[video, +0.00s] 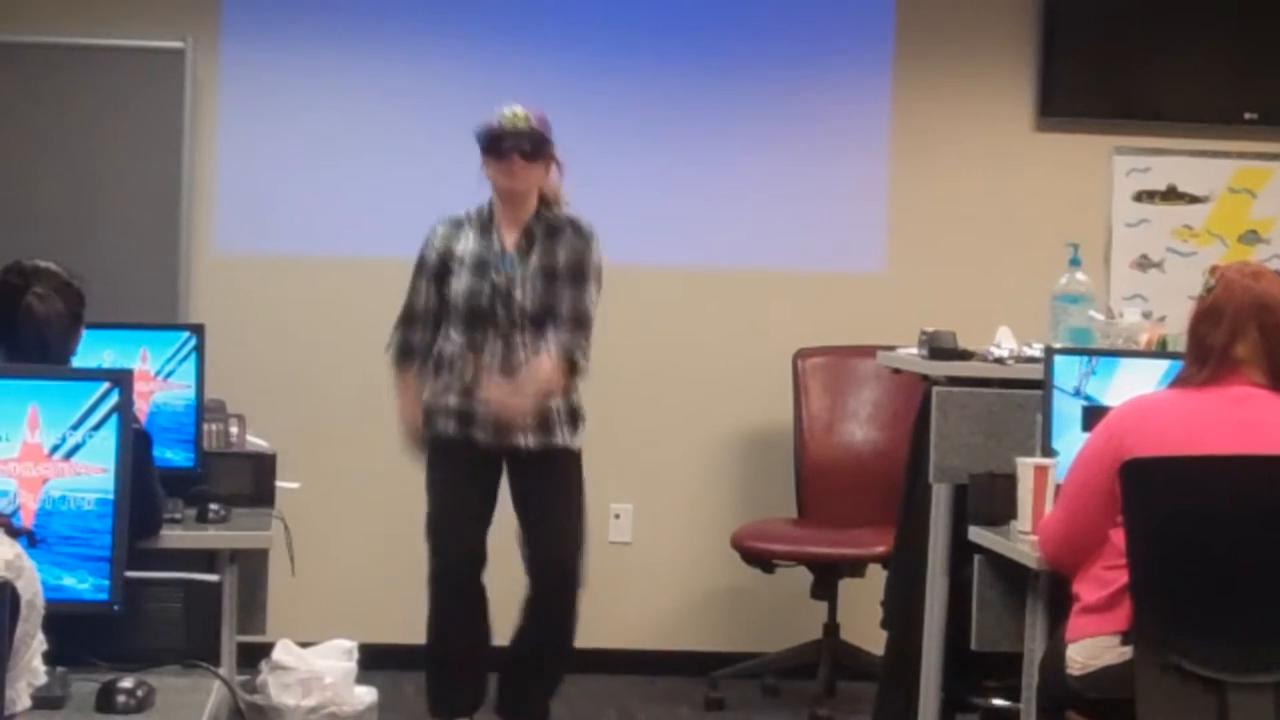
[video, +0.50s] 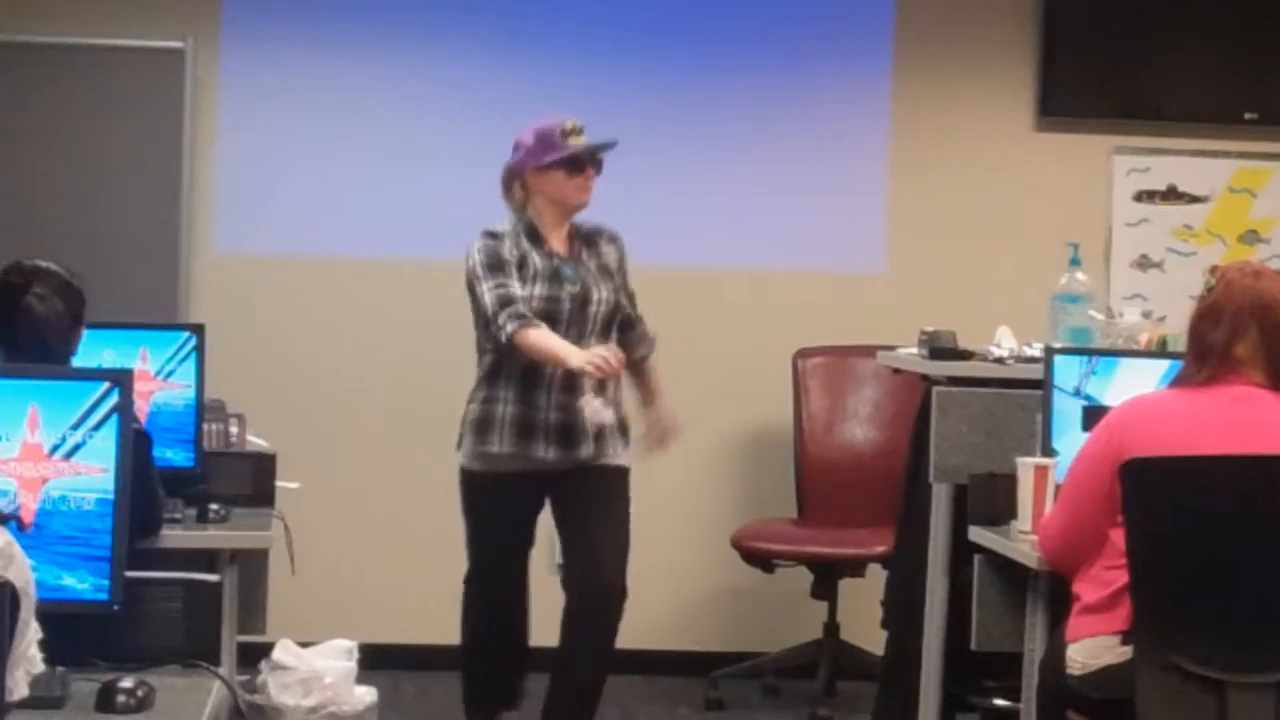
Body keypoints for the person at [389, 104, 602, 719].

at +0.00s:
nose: (511, 165)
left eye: (526, 155)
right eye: (499, 153)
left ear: (548, 166)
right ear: (483, 162)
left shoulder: (572, 240)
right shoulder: (449, 236)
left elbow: (572, 335)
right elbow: (414, 329)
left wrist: (526, 389)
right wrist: (411, 402)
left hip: (543, 430)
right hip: (457, 426)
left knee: (557, 572)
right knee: (453, 568)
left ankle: (524, 706)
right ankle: (454, 703)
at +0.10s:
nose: (536, 177)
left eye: (547, 168)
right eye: (521, 167)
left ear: (558, 180)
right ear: (492, 178)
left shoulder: (576, 257)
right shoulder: (450, 249)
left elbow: (594, 366)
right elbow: (407, 349)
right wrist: (400, 440)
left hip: (549, 450)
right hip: (460, 449)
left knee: (580, 580)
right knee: (454, 592)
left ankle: (533, 714)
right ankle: (446, 714)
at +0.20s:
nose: (556, 163)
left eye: (564, 154)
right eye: (540, 154)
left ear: (571, 164)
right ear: (506, 161)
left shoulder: (589, 240)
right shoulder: (465, 229)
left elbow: (632, 326)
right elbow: (424, 316)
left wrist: (667, 413)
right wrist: (440, 393)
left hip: (556, 433)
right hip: (471, 430)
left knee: (575, 569)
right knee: (458, 575)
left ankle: (569, 711)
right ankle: (437, 711)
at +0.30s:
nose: (571, 175)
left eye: (577, 165)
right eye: (555, 164)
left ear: (581, 173)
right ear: (519, 173)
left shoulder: (592, 243)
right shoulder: (487, 231)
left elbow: (640, 303)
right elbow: (456, 306)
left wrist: (692, 364)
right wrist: (500, 370)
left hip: (569, 441)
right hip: (484, 438)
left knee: (581, 579)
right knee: (464, 580)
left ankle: (578, 710)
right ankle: (439, 707)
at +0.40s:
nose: (582, 187)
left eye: (586, 177)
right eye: (565, 178)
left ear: (589, 187)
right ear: (525, 190)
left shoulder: (595, 263)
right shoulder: (494, 254)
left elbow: (639, 321)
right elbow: (497, 320)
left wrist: (682, 356)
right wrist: (556, 357)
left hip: (583, 455)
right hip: (497, 454)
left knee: (598, 589)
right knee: (483, 594)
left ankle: (560, 715)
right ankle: (455, 710)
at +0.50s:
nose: (589, 175)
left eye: (591, 165)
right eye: (572, 166)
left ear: (592, 175)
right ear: (529, 178)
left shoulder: (605, 247)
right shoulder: (494, 247)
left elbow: (632, 331)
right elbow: (510, 323)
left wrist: (655, 401)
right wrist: (574, 356)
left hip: (592, 446)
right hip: (505, 445)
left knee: (600, 591)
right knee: (495, 587)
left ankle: (570, 713)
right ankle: (489, 707)